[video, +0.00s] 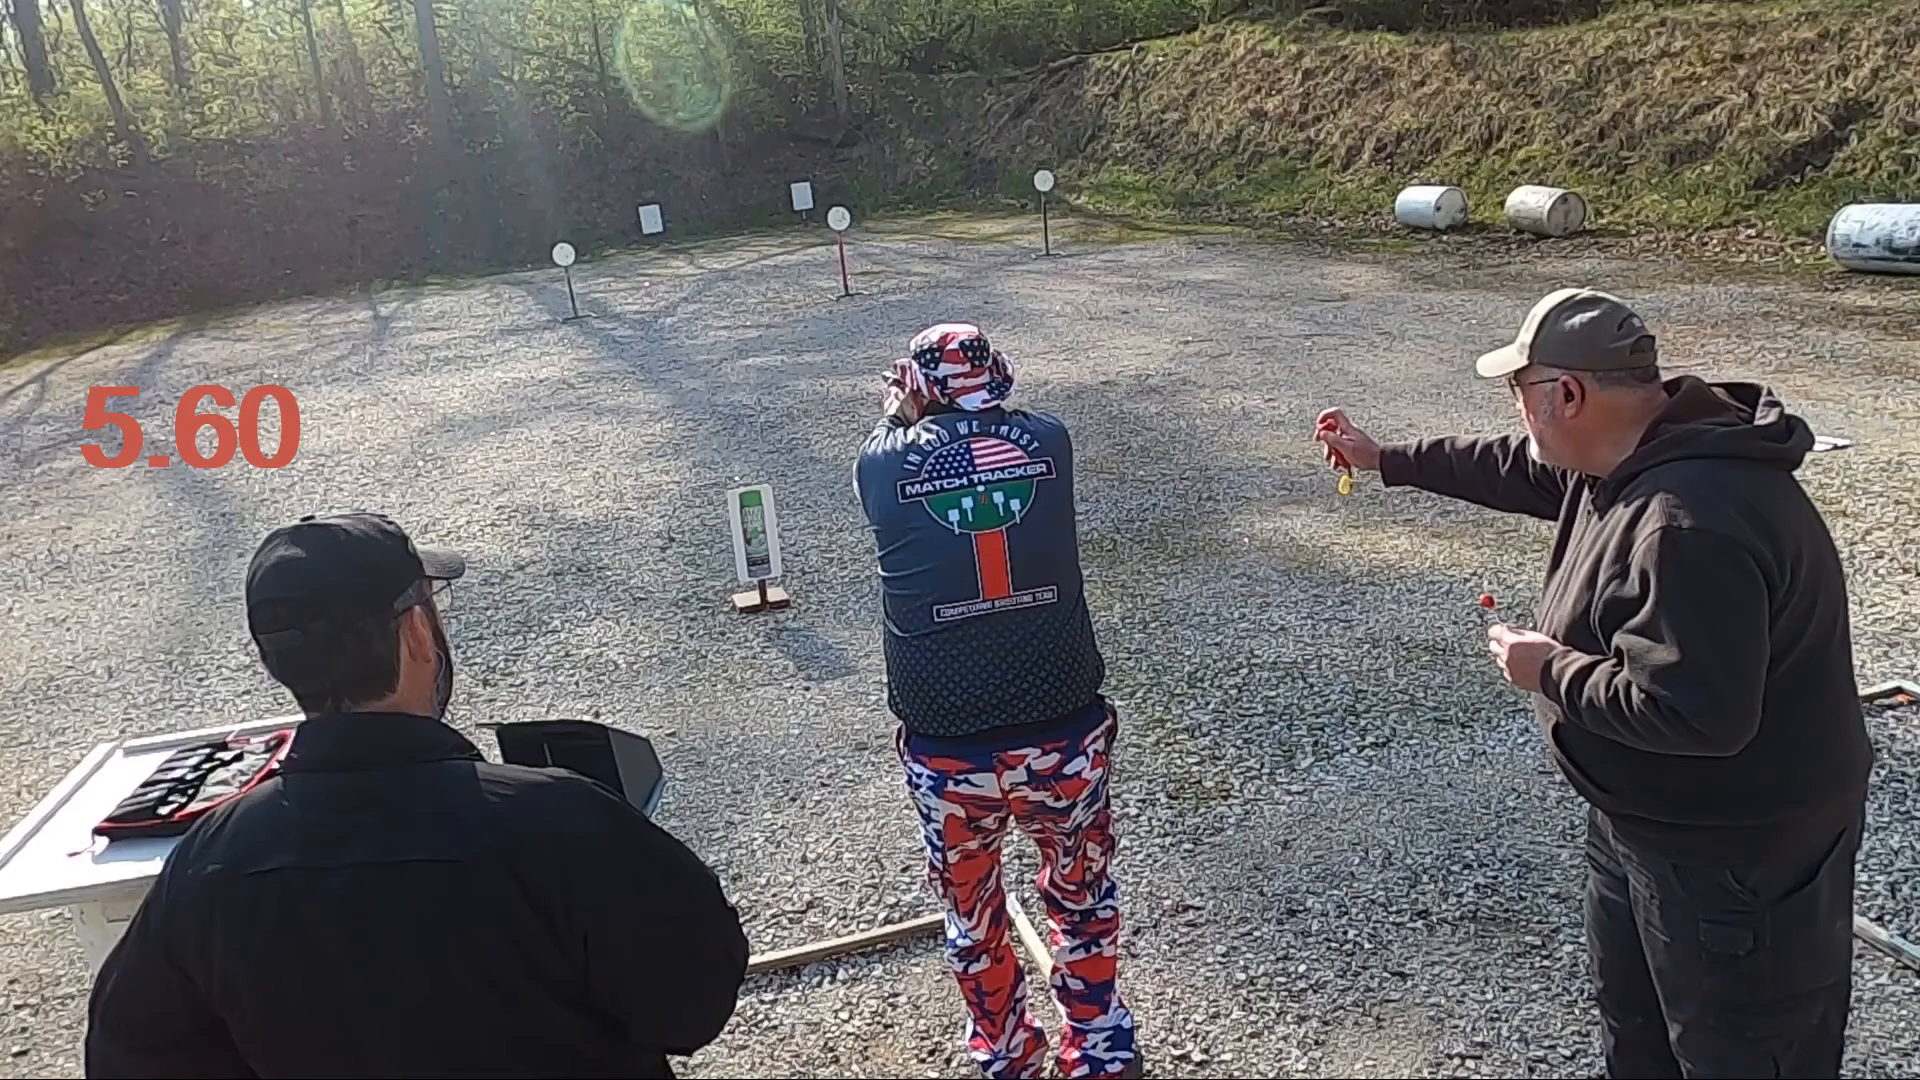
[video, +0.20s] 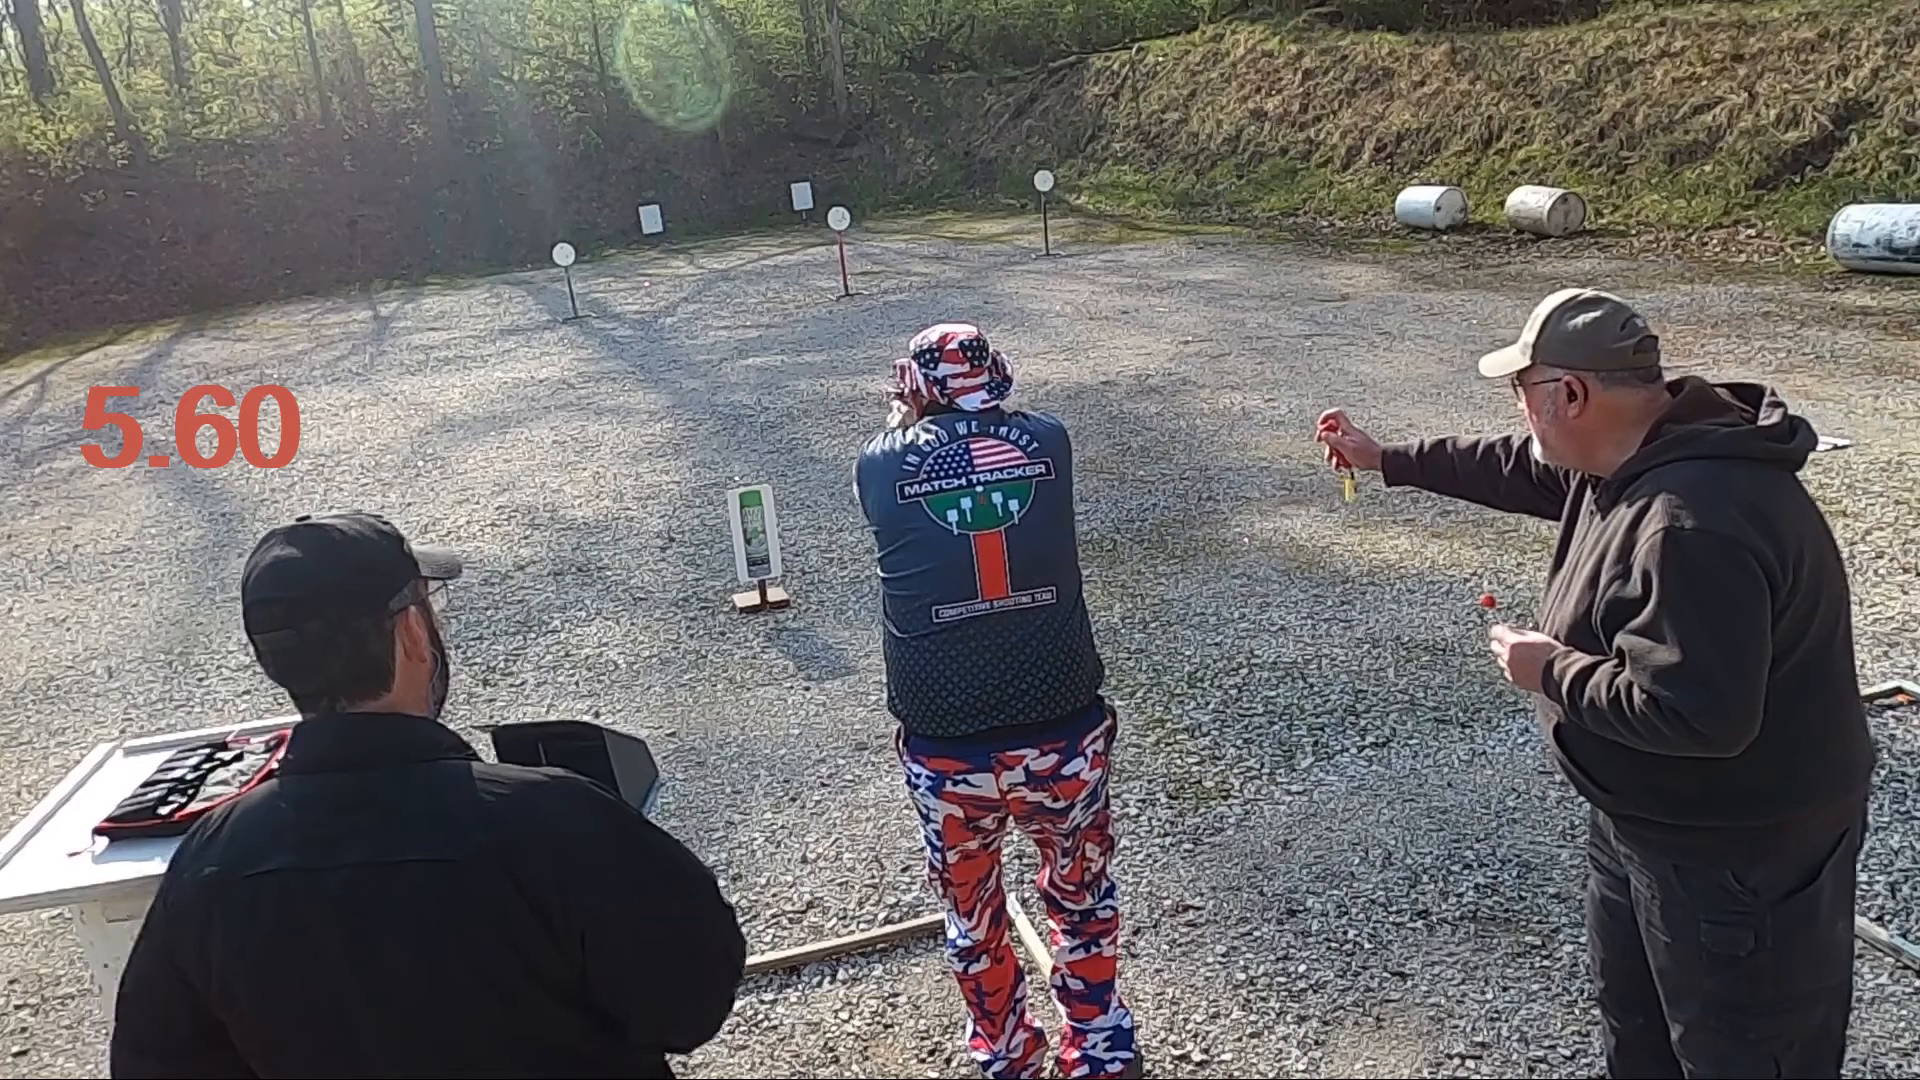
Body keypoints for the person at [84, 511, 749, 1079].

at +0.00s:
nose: (443, 633)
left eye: (433, 608)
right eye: (434, 609)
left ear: (281, 660)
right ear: (415, 634)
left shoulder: (206, 864)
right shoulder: (559, 825)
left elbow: (124, 1050)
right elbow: (702, 994)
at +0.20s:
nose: (435, 624)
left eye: (428, 602)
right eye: (428, 604)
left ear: (278, 663)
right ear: (409, 633)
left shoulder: (207, 867)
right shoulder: (554, 823)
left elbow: (149, 1064)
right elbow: (701, 989)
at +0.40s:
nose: (430, 623)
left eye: (423, 601)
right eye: (423, 603)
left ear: (274, 664)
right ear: (404, 630)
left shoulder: (207, 869)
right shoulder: (555, 824)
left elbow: (150, 1064)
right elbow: (699, 989)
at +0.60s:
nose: (429, 627)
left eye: (423, 604)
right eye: (421, 605)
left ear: (271, 667)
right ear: (401, 631)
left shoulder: (207, 868)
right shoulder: (547, 823)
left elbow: (156, 1066)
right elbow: (695, 994)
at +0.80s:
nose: (426, 627)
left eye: (420, 605)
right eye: (419, 607)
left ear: (270, 668)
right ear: (398, 633)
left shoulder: (205, 873)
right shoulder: (544, 823)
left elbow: (149, 1067)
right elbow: (694, 996)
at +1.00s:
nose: (424, 625)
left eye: (417, 603)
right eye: (416, 605)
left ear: (269, 666)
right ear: (396, 629)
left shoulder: (205, 873)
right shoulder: (545, 822)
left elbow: (136, 1064)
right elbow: (693, 994)